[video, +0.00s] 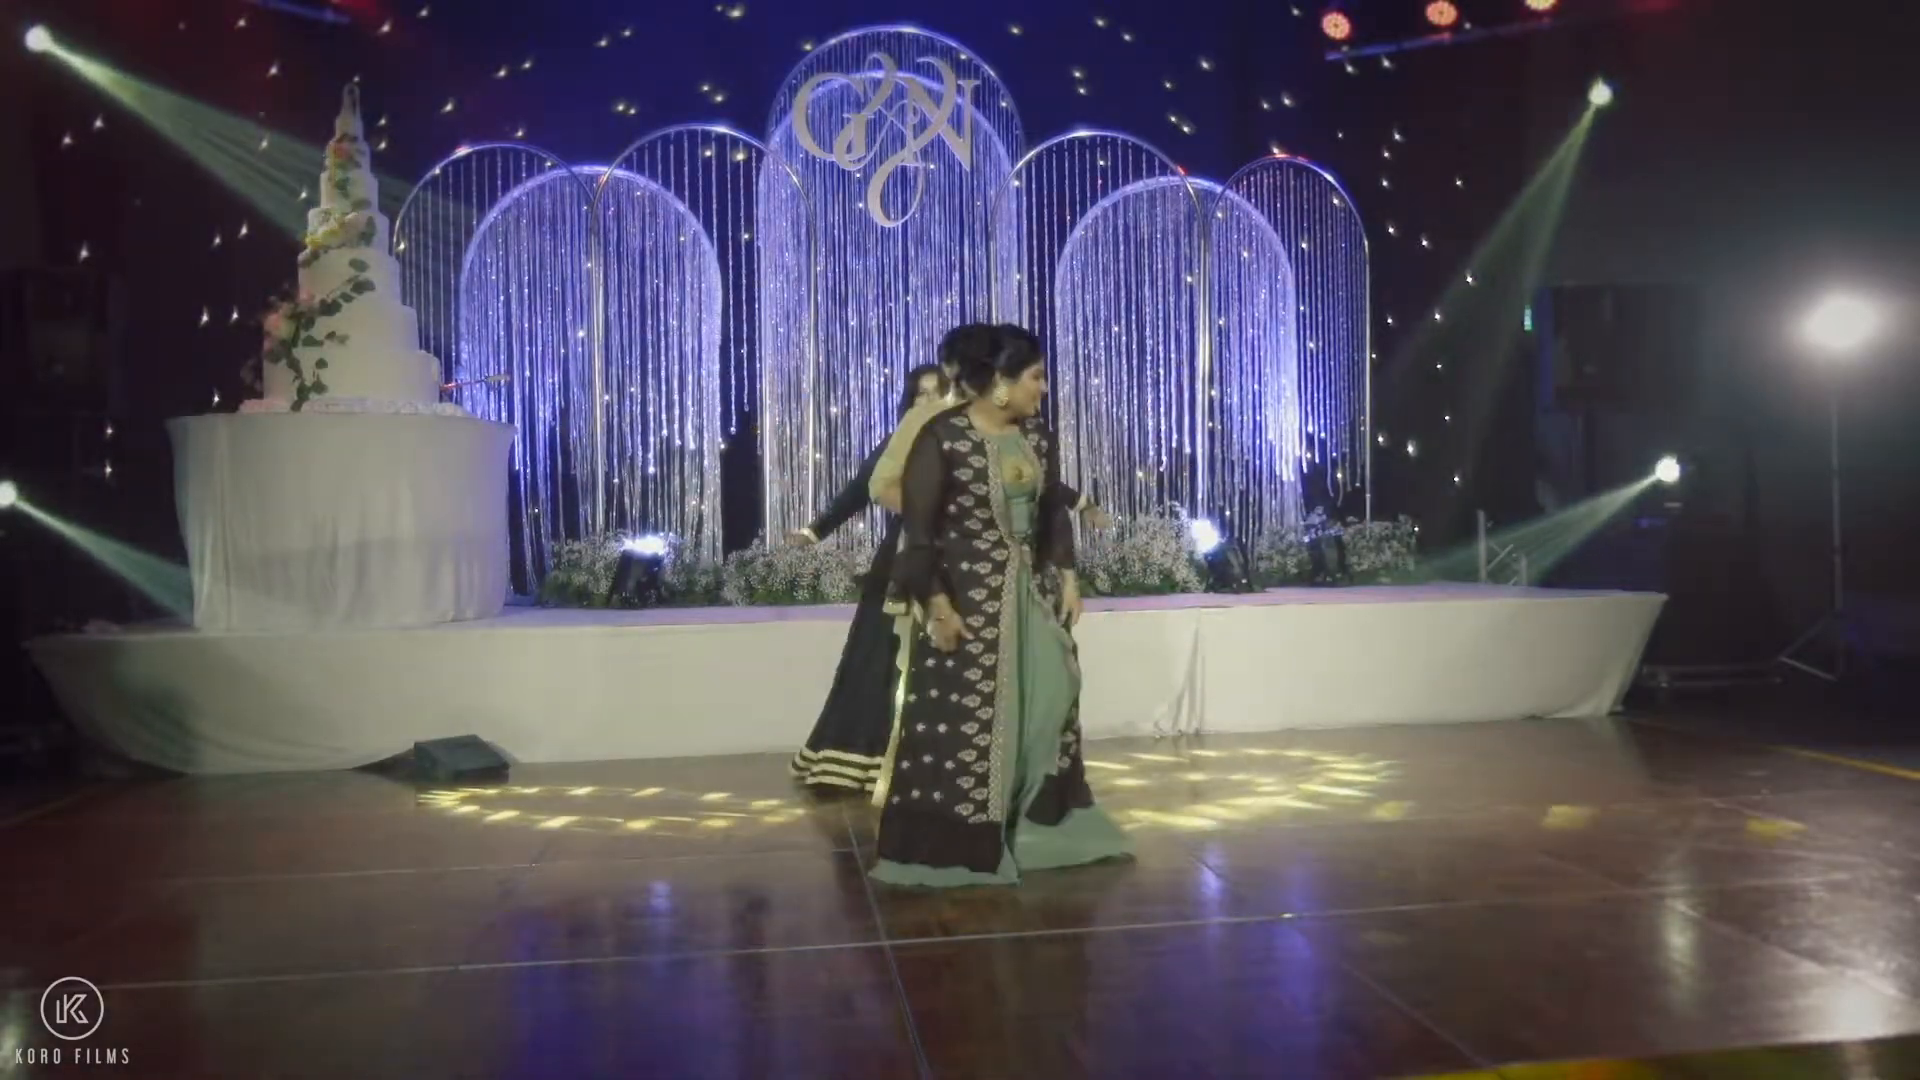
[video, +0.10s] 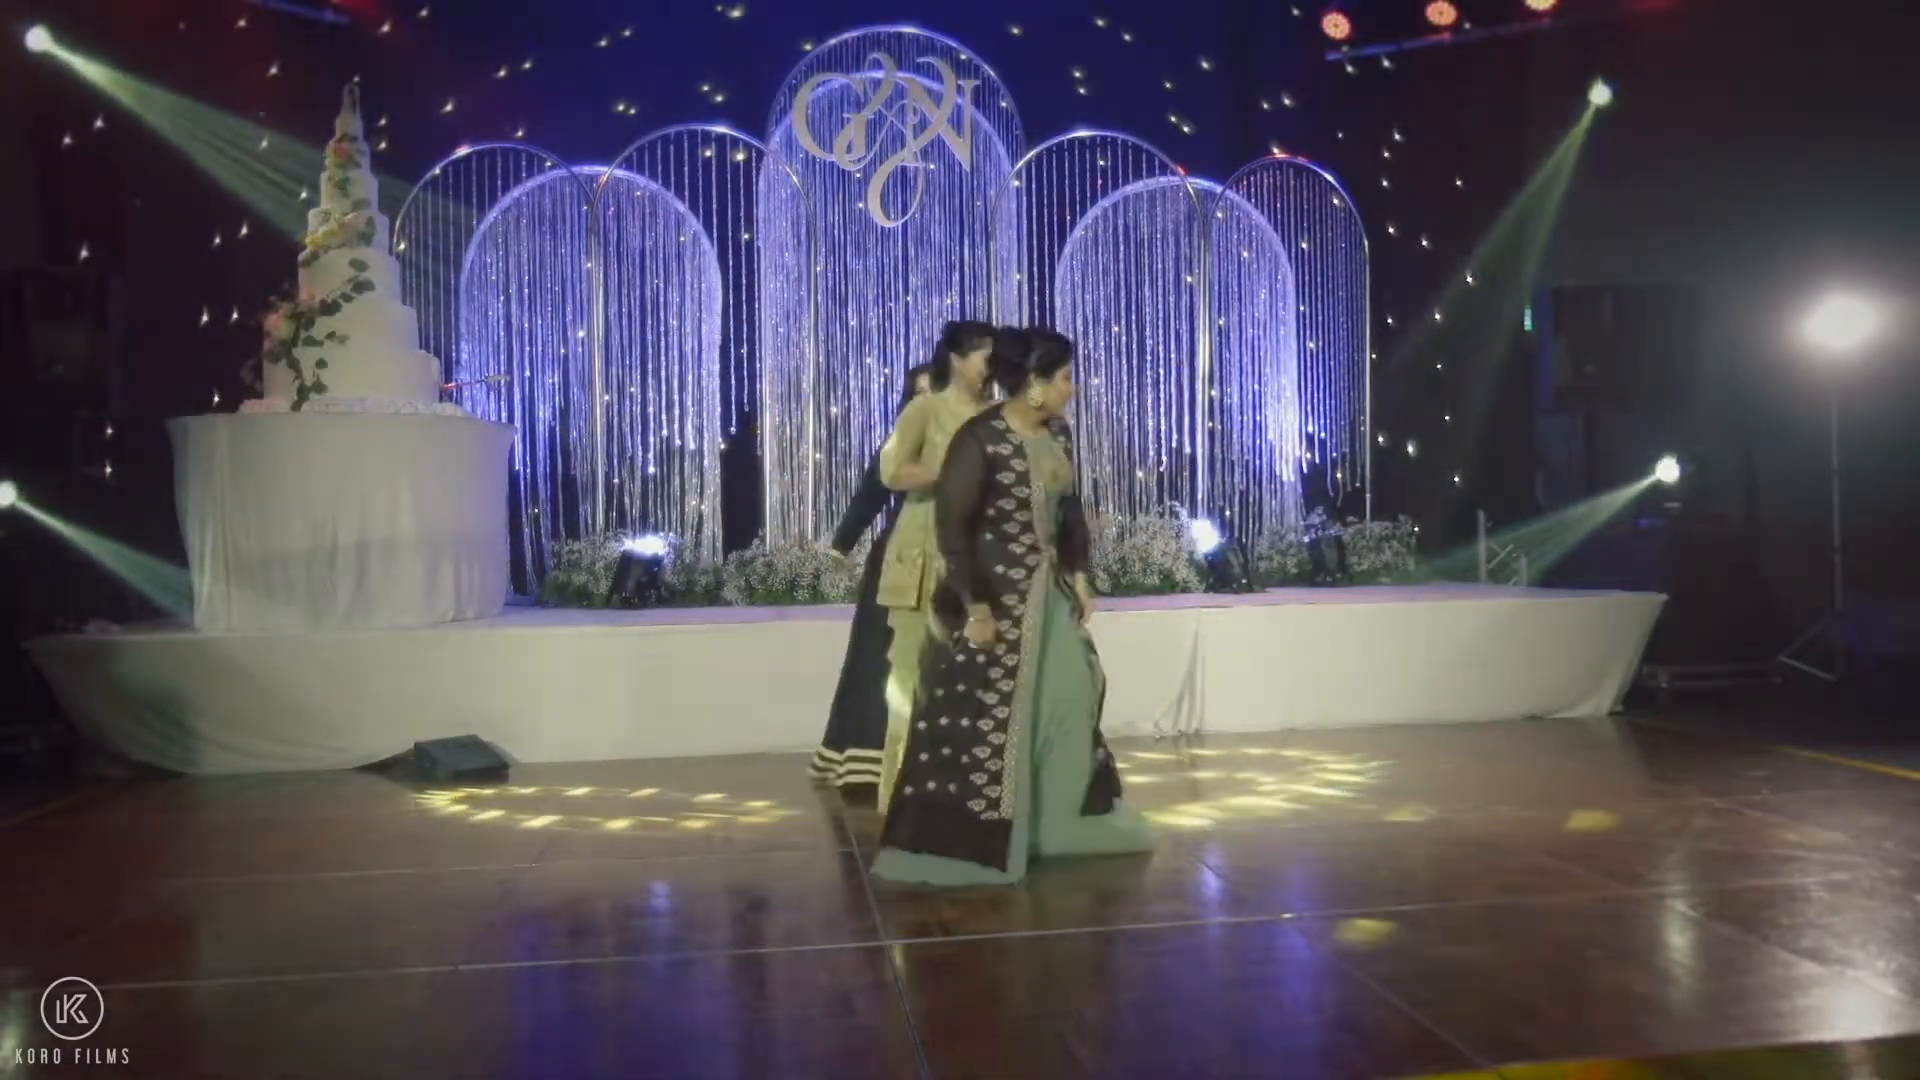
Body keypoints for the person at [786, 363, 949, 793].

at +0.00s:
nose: (929, 400)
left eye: (936, 391)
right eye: (922, 393)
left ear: (951, 392)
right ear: (909, 398)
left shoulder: (967, 440)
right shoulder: (903, 440)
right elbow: (864, 486)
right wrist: (817, 528)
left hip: (953, 560)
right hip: (900, 561)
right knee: (877, 661)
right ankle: (844, 761)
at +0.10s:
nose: (926, 401)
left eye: (932, 391)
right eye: (920, 392)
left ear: (949, 390)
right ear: (910, 395)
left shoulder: (964, 436)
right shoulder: (904, 438)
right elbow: (873, 488)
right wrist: (844, 541)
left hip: (944, 552)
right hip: (897, 553)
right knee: (876, 655)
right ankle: (858, 761)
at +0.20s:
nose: (916, 401)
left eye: (924, 392)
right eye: (910, 392)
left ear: (940, 394)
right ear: (901, 397)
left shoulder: (958, 446)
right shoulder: (893, 443)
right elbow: (865, 492)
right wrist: (842, 540)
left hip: (937, 555)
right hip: (887, 554)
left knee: (914, 655)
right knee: (863, 649)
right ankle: (854, 746)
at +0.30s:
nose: (899, 397)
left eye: (908, 389)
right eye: (893, 390)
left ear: (930, 393)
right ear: (888, 398)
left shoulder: (944, 443)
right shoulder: (881, 443)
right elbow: (848, 491)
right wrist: (812, 536)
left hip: (927, 551)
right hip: (878, 550)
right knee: (850, 640)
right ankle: (846, 738)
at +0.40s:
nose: (877, 401)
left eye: (885, 392)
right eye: (872, 396)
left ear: (908, 396)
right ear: (868, 406)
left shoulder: (931, 447)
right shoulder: (862, 452)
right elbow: (827, 496)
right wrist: (784, 533)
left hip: (908, 561)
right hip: (860, 561)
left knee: (886, 654)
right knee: (833, 650)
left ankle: (878, 751)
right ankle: (828, 749)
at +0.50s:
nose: (844, 406)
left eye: (853, 399)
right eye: (844, 399)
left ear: (879, 404)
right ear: (850, 408)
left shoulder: (912, 450)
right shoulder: (837, 459)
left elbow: (935, 503)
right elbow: (806, 503)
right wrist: (763, 534)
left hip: (885, 572)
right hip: (836, 571)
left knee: (863, 657)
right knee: (801, 655)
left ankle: (862, 750)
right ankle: (802, 746)